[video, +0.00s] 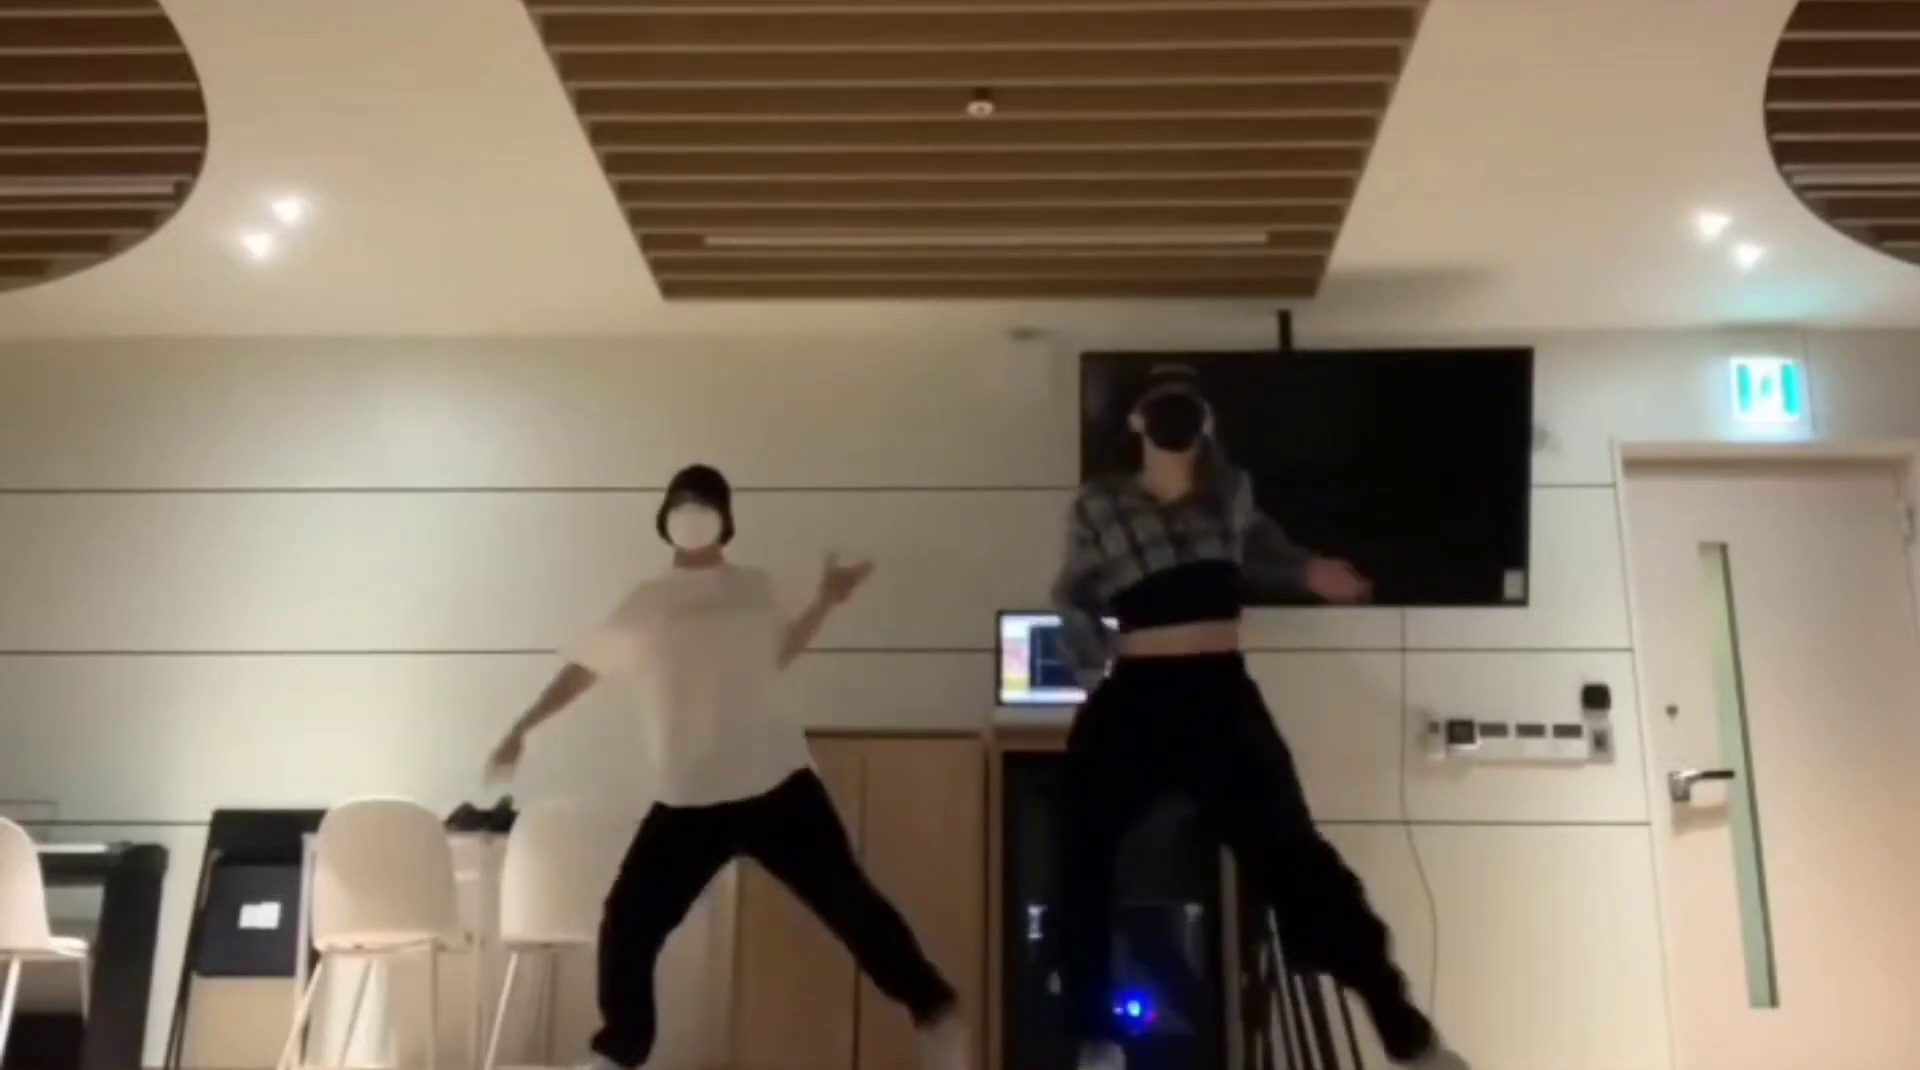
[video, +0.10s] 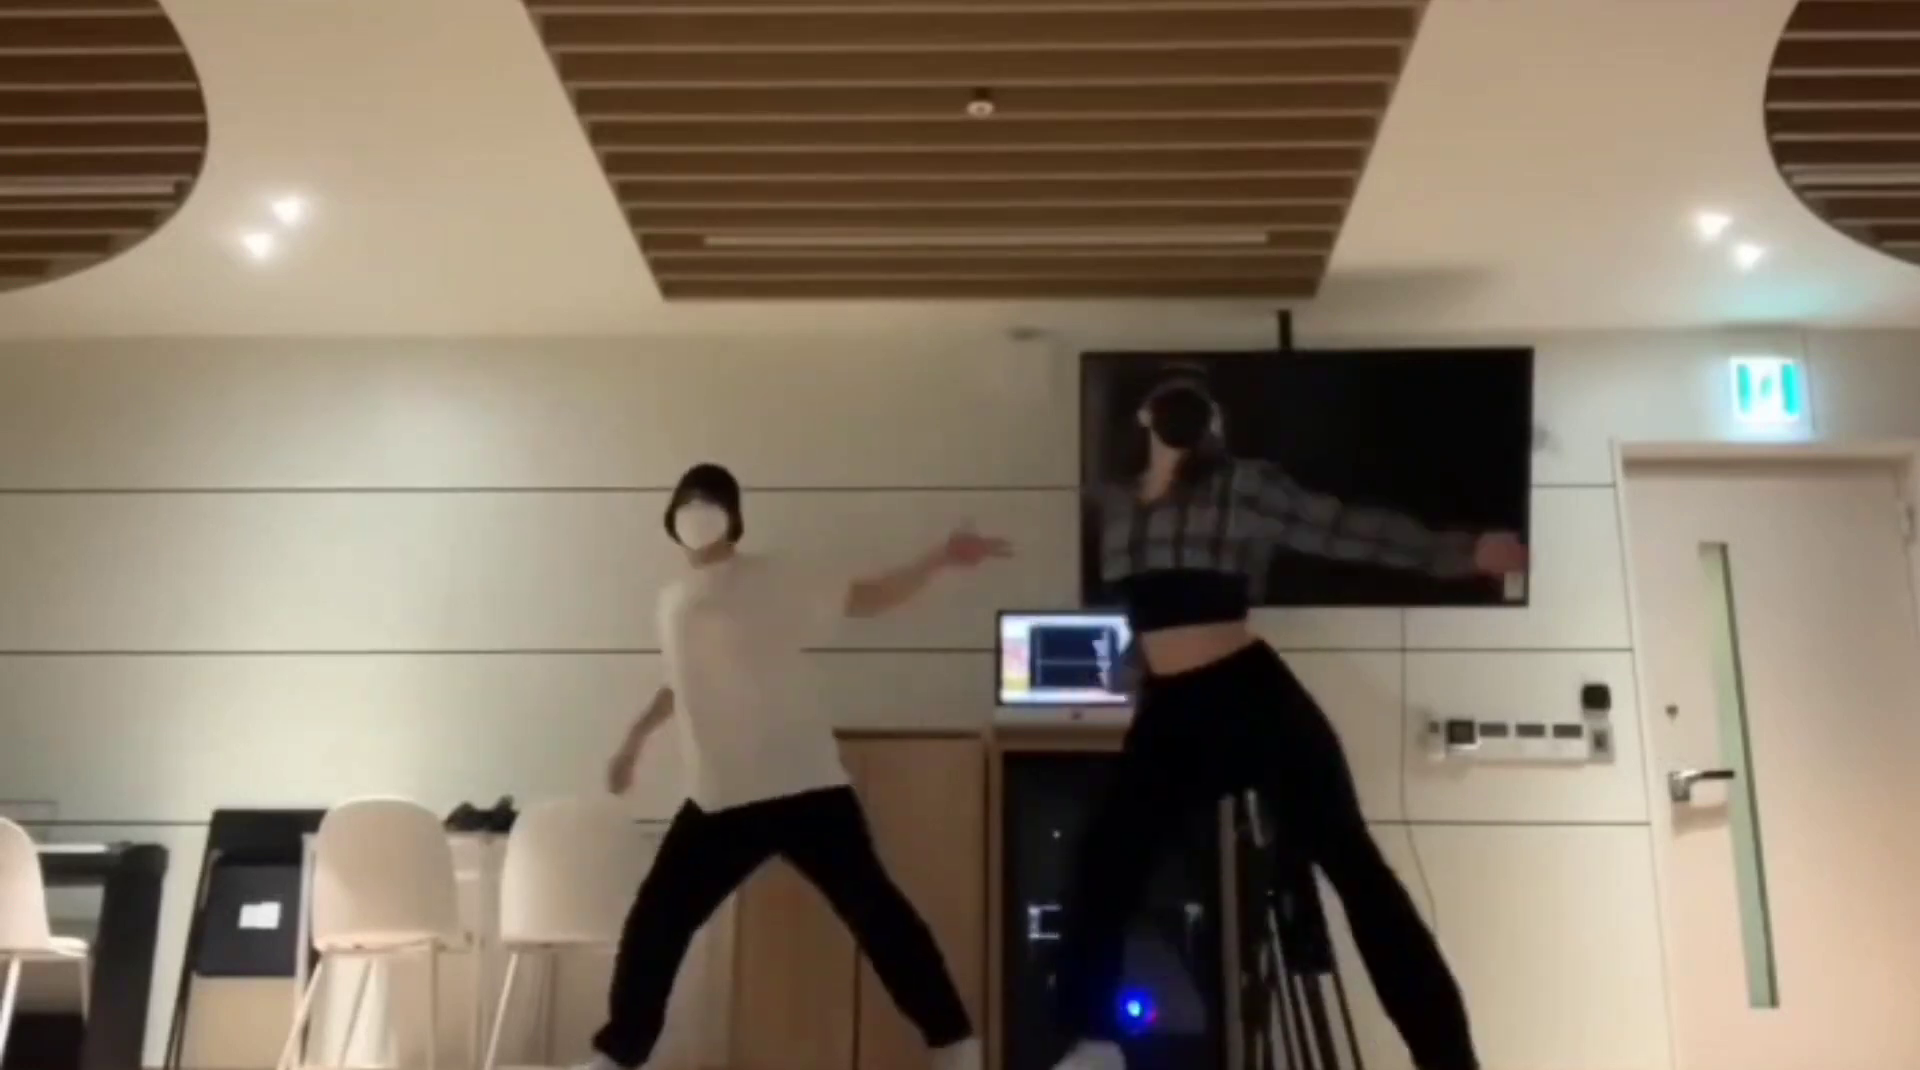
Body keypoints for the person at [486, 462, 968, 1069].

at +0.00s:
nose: (691, 521)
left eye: (703, 510)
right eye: (680, 511)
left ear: (725, 521)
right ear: (664, 524)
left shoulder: (755, 589)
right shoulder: (645, 604)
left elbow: (779, 655)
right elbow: (581, 672)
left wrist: (827, 600)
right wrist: (520, 730)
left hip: (777, 790)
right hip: (688, 802)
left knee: (848, 899)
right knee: (626, 927)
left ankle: (936, 1014)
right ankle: (621, 1052)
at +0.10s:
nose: (698, 516)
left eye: (712, 503)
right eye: (685, 507)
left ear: (734, 515)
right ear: (672, 523)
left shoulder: (776, 580)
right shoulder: (674, 602)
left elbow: (871, 596)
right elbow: (681, 683)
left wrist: (939, 560)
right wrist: (634, 740)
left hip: (804, 791)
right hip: (718, 803)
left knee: (877, 914)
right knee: (653, 925)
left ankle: (953, 1042)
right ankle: (620, 1052)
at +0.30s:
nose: (706, 507)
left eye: (719, 496)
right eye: (695, 500)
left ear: (745, 507)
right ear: (684, 518)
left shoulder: (772, 553)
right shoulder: (705, 590)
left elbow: (836, 537)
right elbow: (725, 680)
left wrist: (914, 508)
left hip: (808, 772)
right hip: (733, 788)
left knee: (874, 908)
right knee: (684, 918)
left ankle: (953, 1043)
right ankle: (623, 1049)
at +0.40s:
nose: (726, 517)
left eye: (735, 501)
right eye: (715, 509)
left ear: (757, 504)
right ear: (708, 523)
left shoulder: (778, 558)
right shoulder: (733, 586)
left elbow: (800, 521)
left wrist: (818, 481)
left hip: (810, 772)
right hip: (745, 782)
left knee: (867, 914)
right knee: (693, 920)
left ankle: (954, 1045)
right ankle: (623, 1050)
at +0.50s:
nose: (732, 517)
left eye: (737, 501)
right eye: (724, 509)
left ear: (762, 497)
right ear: (721, 523)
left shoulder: (784, 562)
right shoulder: (748, 582)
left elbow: (776, 494)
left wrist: (768, 451)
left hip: (809, 771)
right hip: (749, 779)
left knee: (864, 917)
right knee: (693, 923)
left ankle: (954, 1046)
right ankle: (623, 1051)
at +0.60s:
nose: (742, 536)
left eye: (746, 519)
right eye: (738, 523)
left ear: (776, 507)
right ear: (771, 507)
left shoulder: (808, 562)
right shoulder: (779, 580)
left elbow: (751, 505)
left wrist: (700, 449)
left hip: (807, 779)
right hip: (759, 782)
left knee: (854, 920)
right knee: (693, 923)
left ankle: (952, 1047)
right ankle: (623, 1050)